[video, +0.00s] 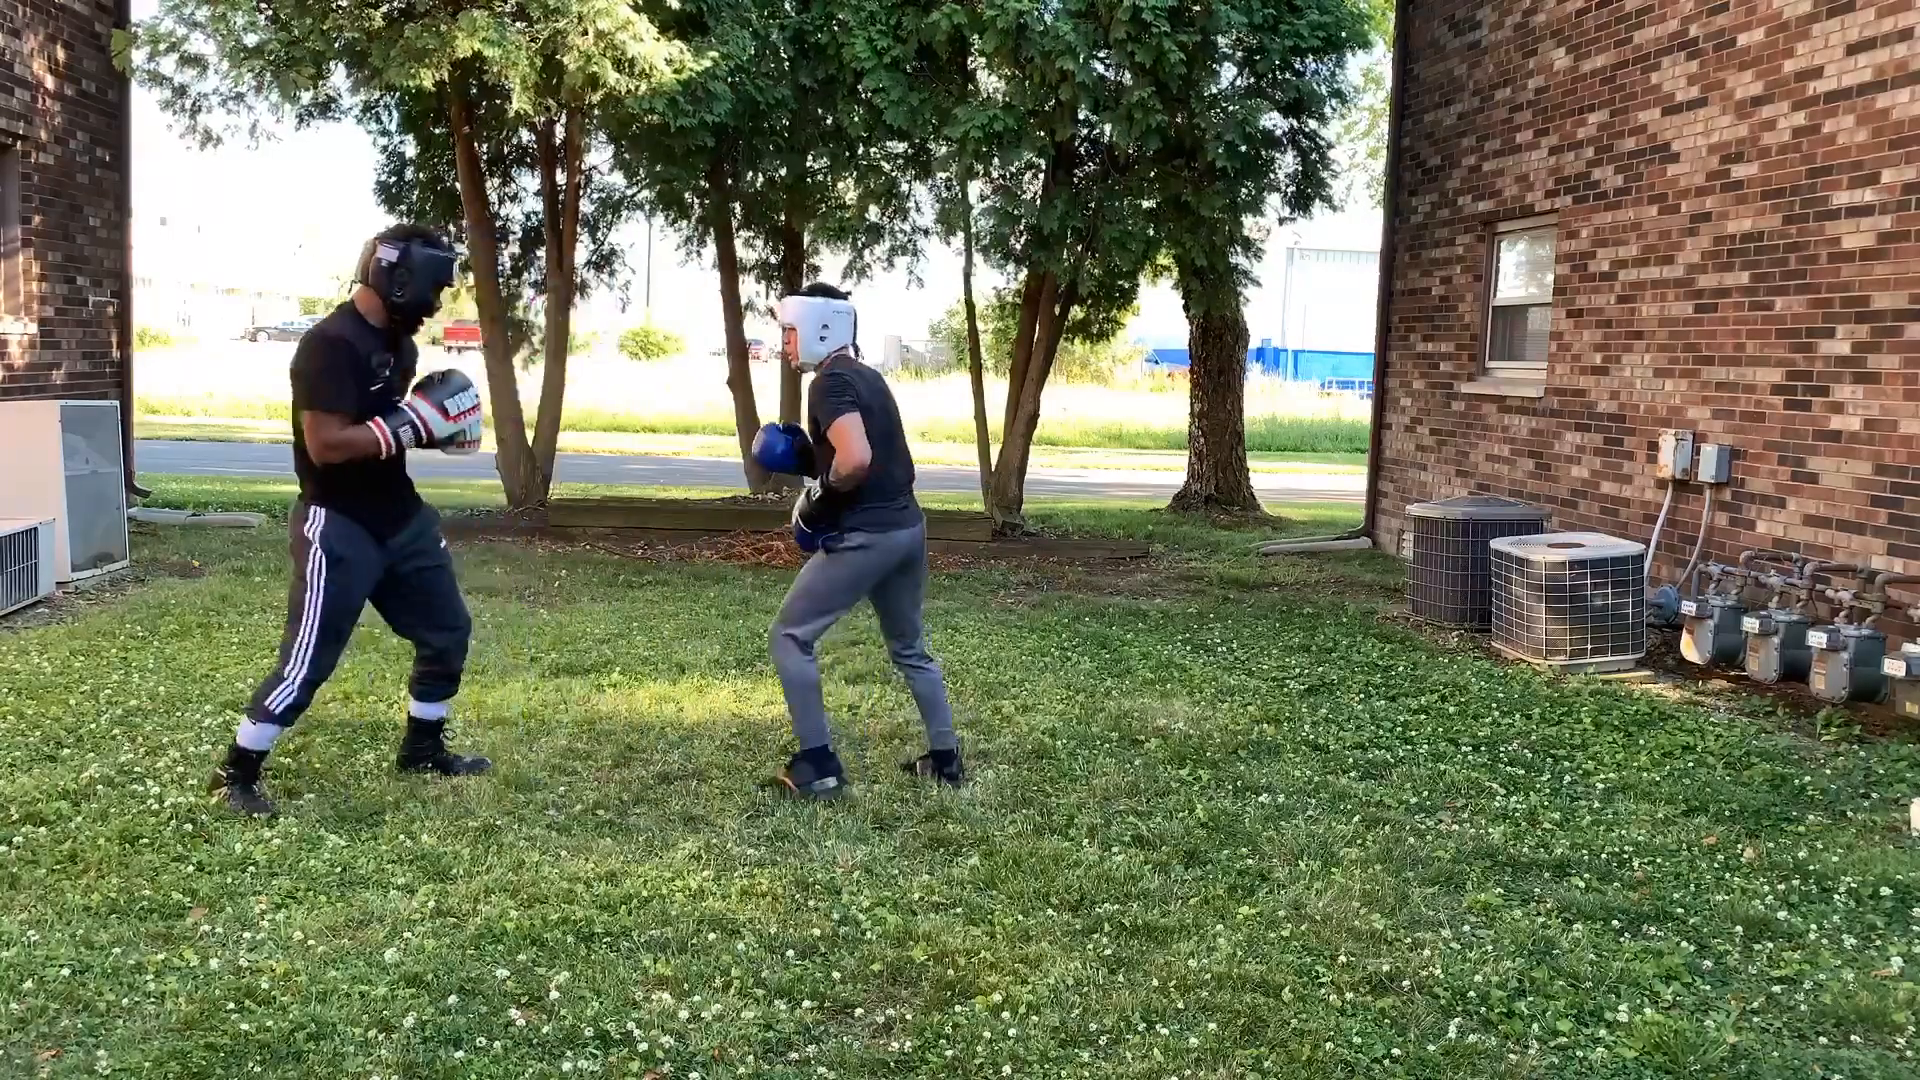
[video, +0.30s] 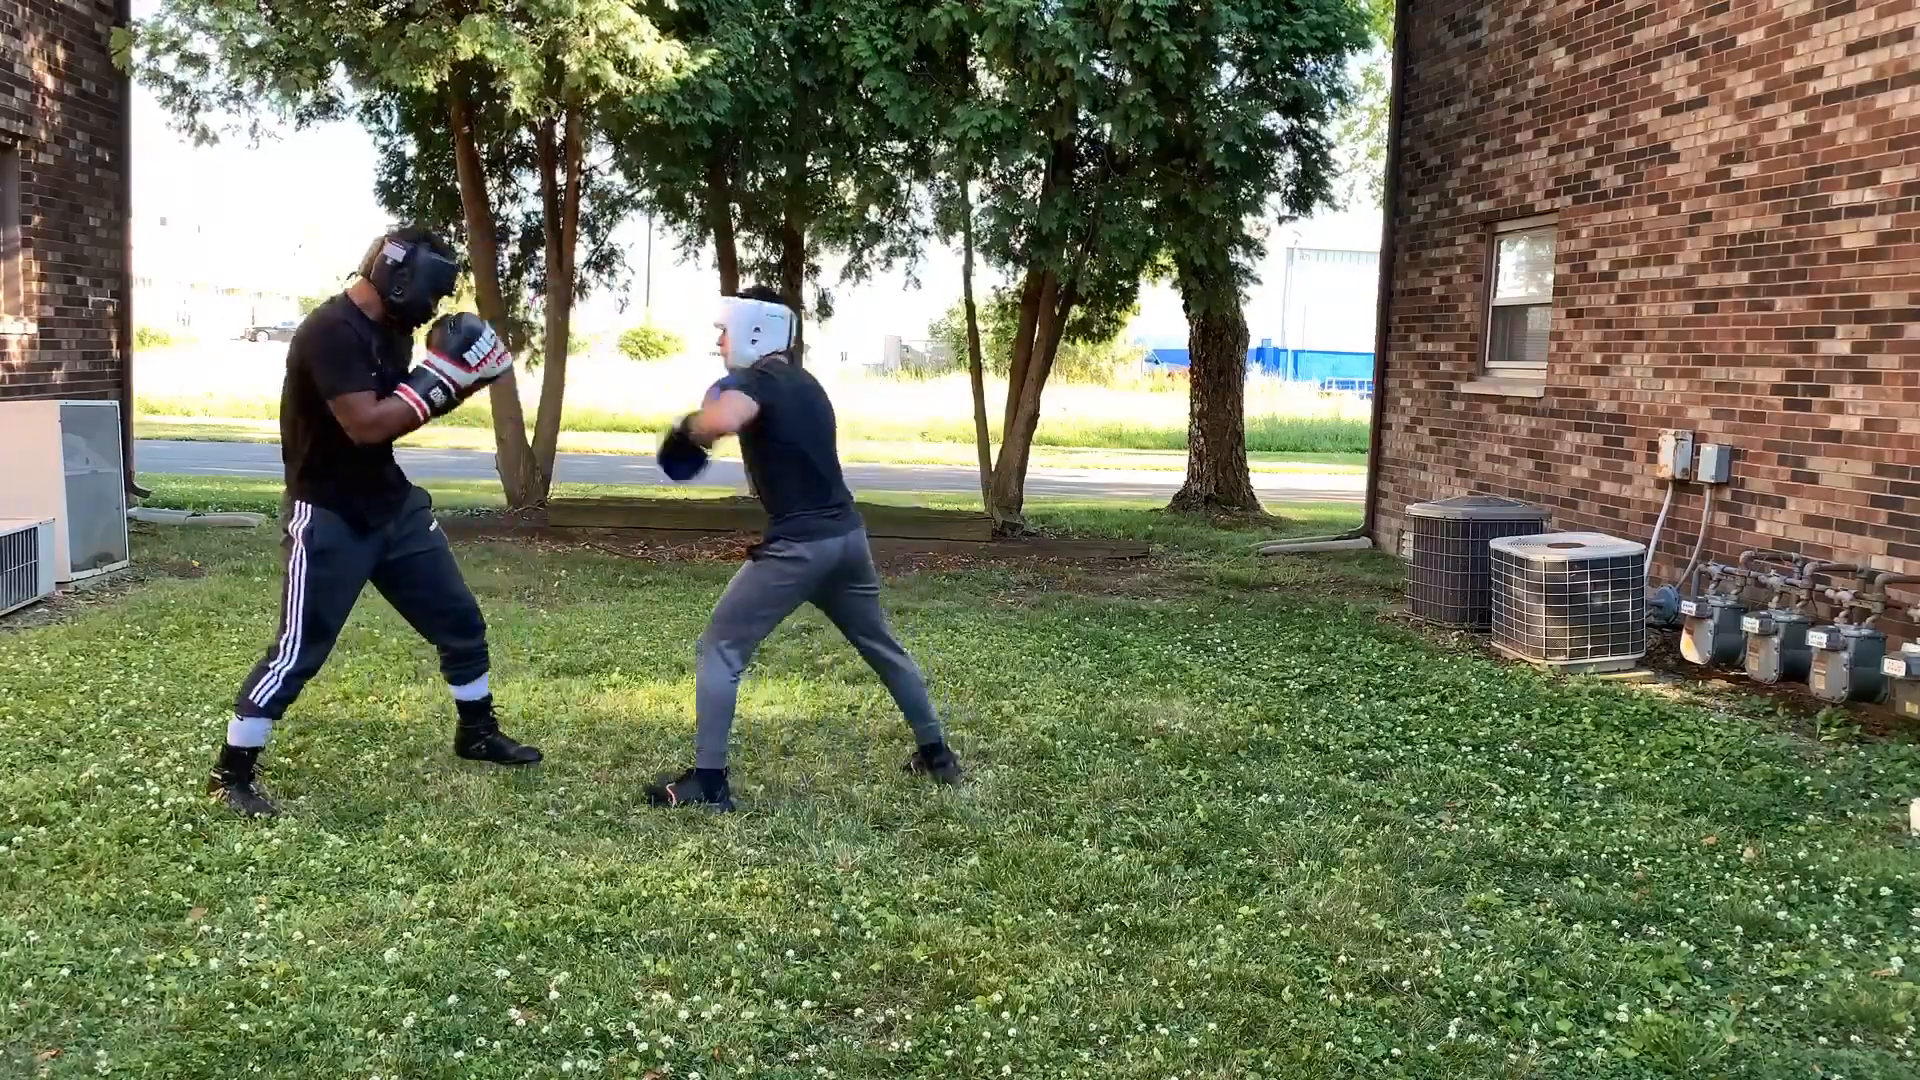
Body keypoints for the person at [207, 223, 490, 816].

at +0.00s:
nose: (431, 302)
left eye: (435, 291)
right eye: (426, 289)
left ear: (393, 281)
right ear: (394, 281)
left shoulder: (398, 344)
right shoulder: (329, 345)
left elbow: (375, 424)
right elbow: (324, 444)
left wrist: (431, 429)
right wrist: (411, 422)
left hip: (396, 512)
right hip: (334, 517)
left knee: (446, 629)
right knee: (309, 657)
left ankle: (423, 748)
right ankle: (240, 772)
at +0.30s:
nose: (425, 310)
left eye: (431, 300)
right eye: (423, 298)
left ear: (390, 281)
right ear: (395, 285)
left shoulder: (390, 331)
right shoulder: (329, 332)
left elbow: (387, 413)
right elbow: (365, 425)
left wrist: (452, 379)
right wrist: (440, 377)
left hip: (393, 508)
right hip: (327, 515)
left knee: (460, 620)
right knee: (302, 646)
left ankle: (477, 731)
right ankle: (234, 771)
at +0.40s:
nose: (438, 349)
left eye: (444, 341)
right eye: (437, 338)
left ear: (416, 316)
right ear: (413, 318)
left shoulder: (408, 344)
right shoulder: (354, 345)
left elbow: (438, 434)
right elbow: (415, 433)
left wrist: (482, 364)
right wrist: (469, 370)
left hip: (400, 515)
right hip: (339, 523)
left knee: (474, 627)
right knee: (317, 659)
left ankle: (512, 734)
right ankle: (237, 772)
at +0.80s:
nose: (480, 360)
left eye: (487, 350)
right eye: (473, 346)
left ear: (494, 349)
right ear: (443, 333)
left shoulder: (469, 379)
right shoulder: (367, 367)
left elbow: (456, 479)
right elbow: (395, 453)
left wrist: (498, 408)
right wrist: (460, 400)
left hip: (460, 533)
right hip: (381, 545)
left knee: (518, 639)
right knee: (346, 664)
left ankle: (539, 748)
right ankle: (259, 773)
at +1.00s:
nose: (442, 388)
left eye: (457, 382)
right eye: (439, 371)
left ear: (470, 381)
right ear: (420, 347)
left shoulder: (451, 417)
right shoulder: (342, 354)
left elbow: (405, 507)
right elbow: (324, 441)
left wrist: (450, 473)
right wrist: (401, 417)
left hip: (422, 545)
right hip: (337, 545)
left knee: (483, 650)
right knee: (304, 659)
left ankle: (533, 760)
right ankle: (246, 769)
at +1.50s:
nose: (402, 364)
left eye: (417, 355)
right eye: (395, 350)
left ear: (436, 351)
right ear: (375, 333)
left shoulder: (448, 378)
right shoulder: (335, 374)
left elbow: (478, 465)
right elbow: (352, 467)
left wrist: (471, 405)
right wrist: (386, 423)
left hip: (431, 516)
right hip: (353, 512)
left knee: (459, 635)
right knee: (308, 624)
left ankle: (457, 736)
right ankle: (256, 747)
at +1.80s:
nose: (399, 330)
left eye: (411, 322)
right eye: (392, 315)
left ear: (429, 319)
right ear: (372, 298)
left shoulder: (421, 351)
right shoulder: (324, 340)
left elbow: (455, 430)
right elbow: (357, 413)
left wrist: (470, 354)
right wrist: (396, 352)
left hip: (397, 509)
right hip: (323, 514)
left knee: (445, 621)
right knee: (296, 634)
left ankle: (454, 726)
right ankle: (269, 720)